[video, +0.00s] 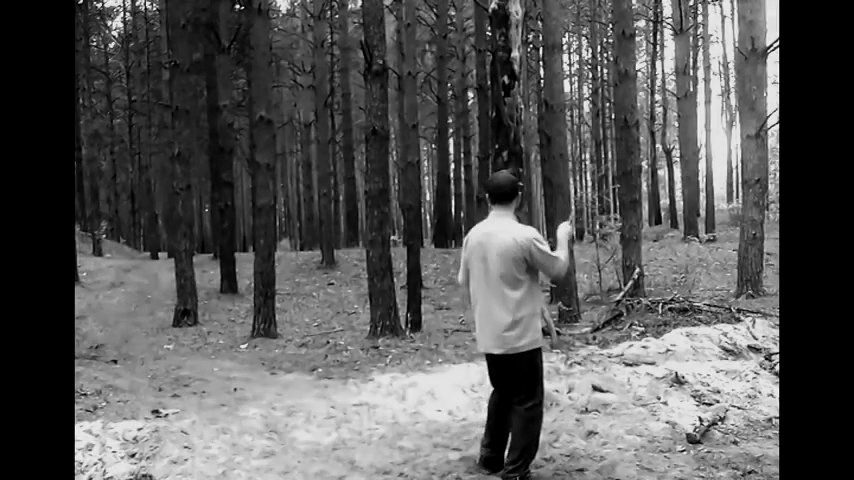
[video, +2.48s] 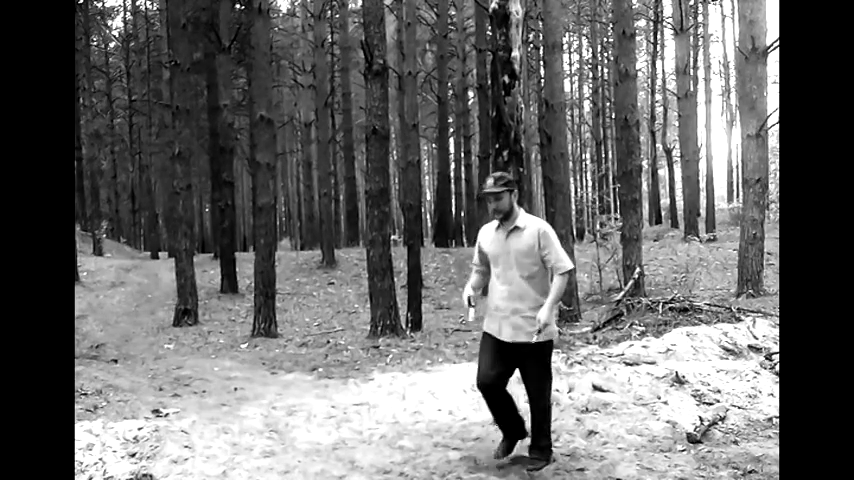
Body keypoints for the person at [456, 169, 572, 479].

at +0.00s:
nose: (523, 195)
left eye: (518, 191)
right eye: (522, 192)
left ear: (488, 198)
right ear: (518, 196)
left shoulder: (473, 236)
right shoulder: (524, 237)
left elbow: (464, 281)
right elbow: (559, 271)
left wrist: (482, 309)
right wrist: (563, 237)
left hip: (488, 334)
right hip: (520, 336)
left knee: (501, 394)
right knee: (529, 401)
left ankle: (489, 458)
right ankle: (517, 468)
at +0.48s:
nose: (516, 217)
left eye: (514, 213)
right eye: (515, 213)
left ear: (484, 219)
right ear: (511, 218)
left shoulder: (476, 250)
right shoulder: (507, 255)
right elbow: (553, 265)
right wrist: (545, 226)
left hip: (476, 342)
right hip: (504, 346)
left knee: (480, 380)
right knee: (526, 402)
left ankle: (460, 432)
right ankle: (513, 465)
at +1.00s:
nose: (434, 241)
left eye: (433, 237)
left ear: (436, 236)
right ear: (457, 231)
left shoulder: (440, 252)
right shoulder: (471, 250)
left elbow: (439, 284)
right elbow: (476, 293)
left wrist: (432, 311)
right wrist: (456, 323)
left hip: (475, 319)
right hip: (504, 310)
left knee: (470, 375)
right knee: (523, 354)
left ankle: (469, 431)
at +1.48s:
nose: (446, 208)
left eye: (446, 204)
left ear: (450, 207)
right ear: (474, 203)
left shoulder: (461, 237)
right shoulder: (495, 228)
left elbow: (460, 282)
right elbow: (509, 264)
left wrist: (446, 307)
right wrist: (484, 290)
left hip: (484, 317)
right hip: (511, 312)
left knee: (473, 372)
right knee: (506, 366)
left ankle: (472, 430)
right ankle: (527, 425)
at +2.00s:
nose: (474, 207)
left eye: (477, 201)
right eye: (472, 202)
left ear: (493, 199)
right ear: (482, 202)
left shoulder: (515, 229)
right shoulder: (489, 231)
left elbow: (526, 273)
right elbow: (497, 270)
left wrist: (494, 296)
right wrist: (474, 280)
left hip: (513, 315)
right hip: (501, 314)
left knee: (502, 370)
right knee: (518, 369)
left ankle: (528, 435)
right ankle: (528, 426)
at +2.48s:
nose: (492, 204)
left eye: (498, 197)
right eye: (488, 199)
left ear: (513, 195)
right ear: (486, 200)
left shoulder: (539, 230)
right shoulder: (486, 233)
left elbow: (562, 271)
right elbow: (480, 269)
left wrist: (549, 308)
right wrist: (471, 288)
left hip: (534, 328)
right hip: (497, 327)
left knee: (538, 395)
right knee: (487, 382)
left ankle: (541, 451)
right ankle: (513, 431)